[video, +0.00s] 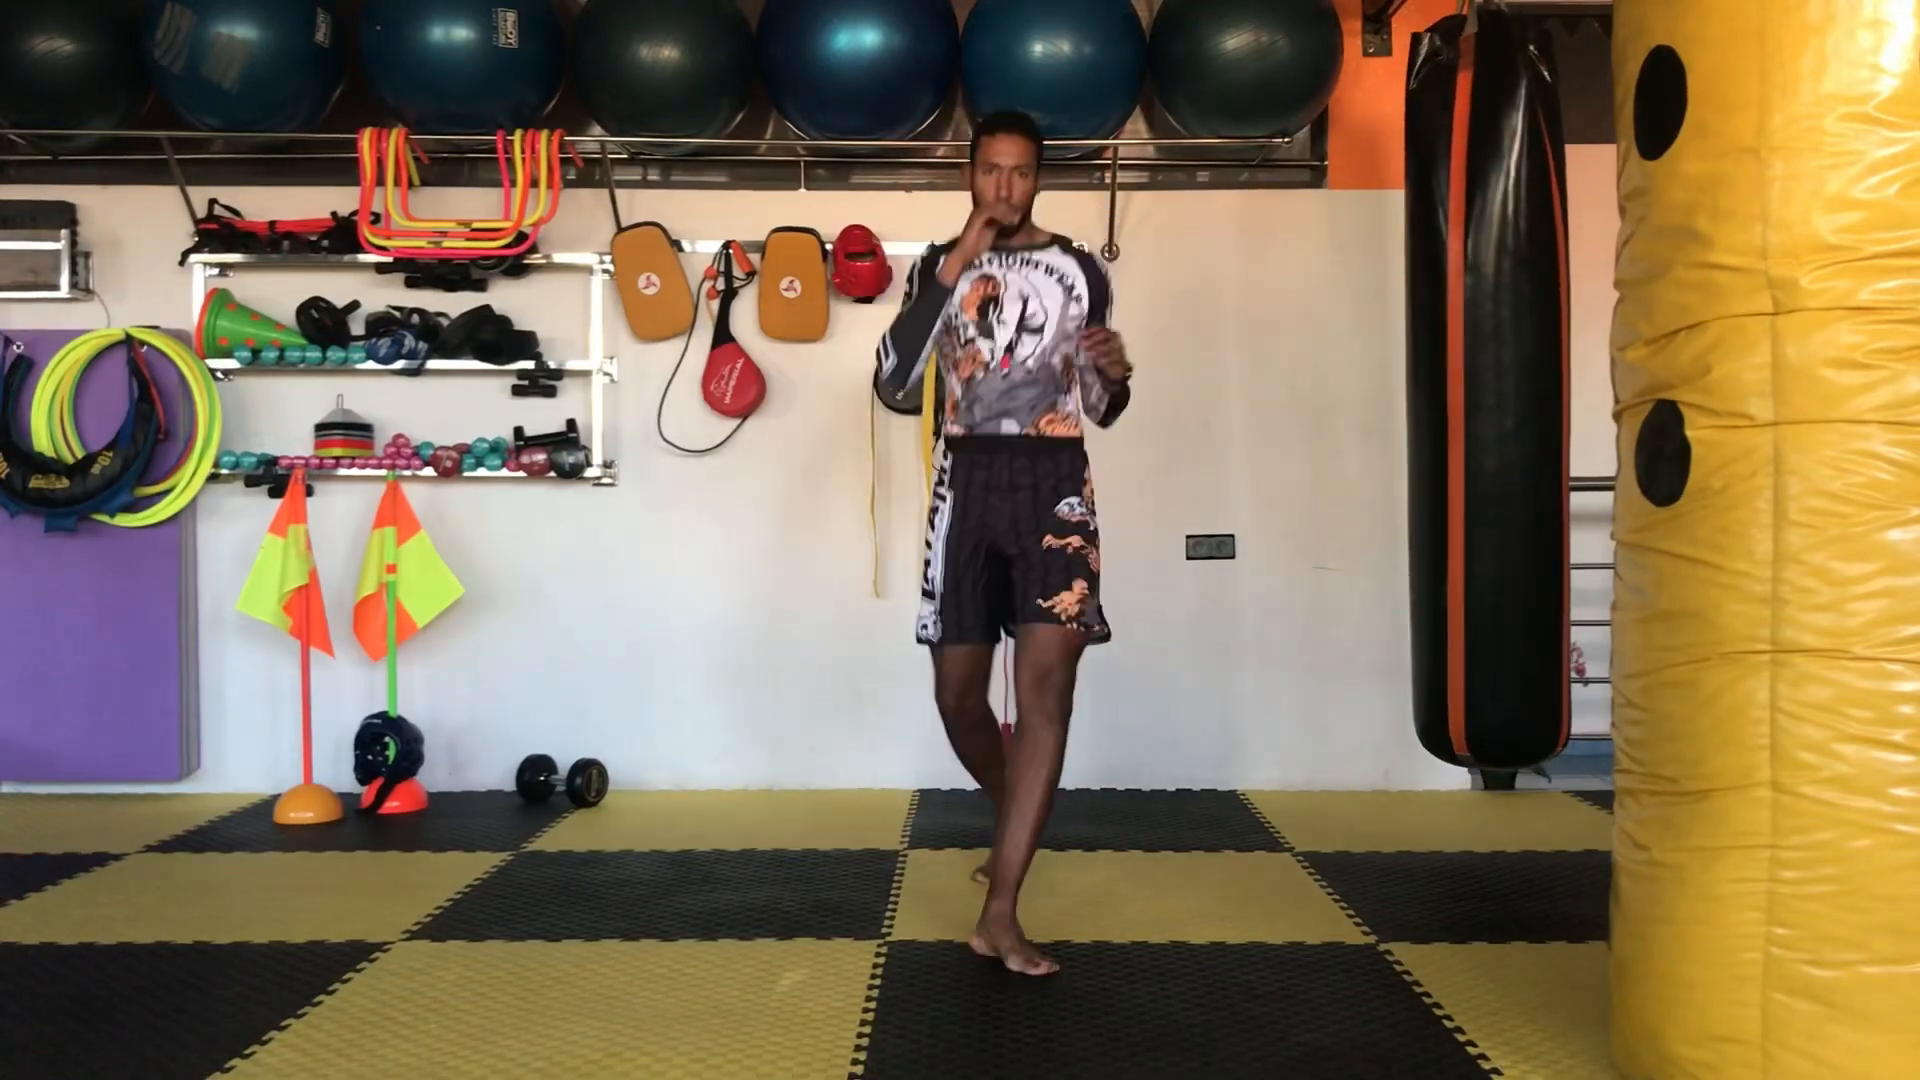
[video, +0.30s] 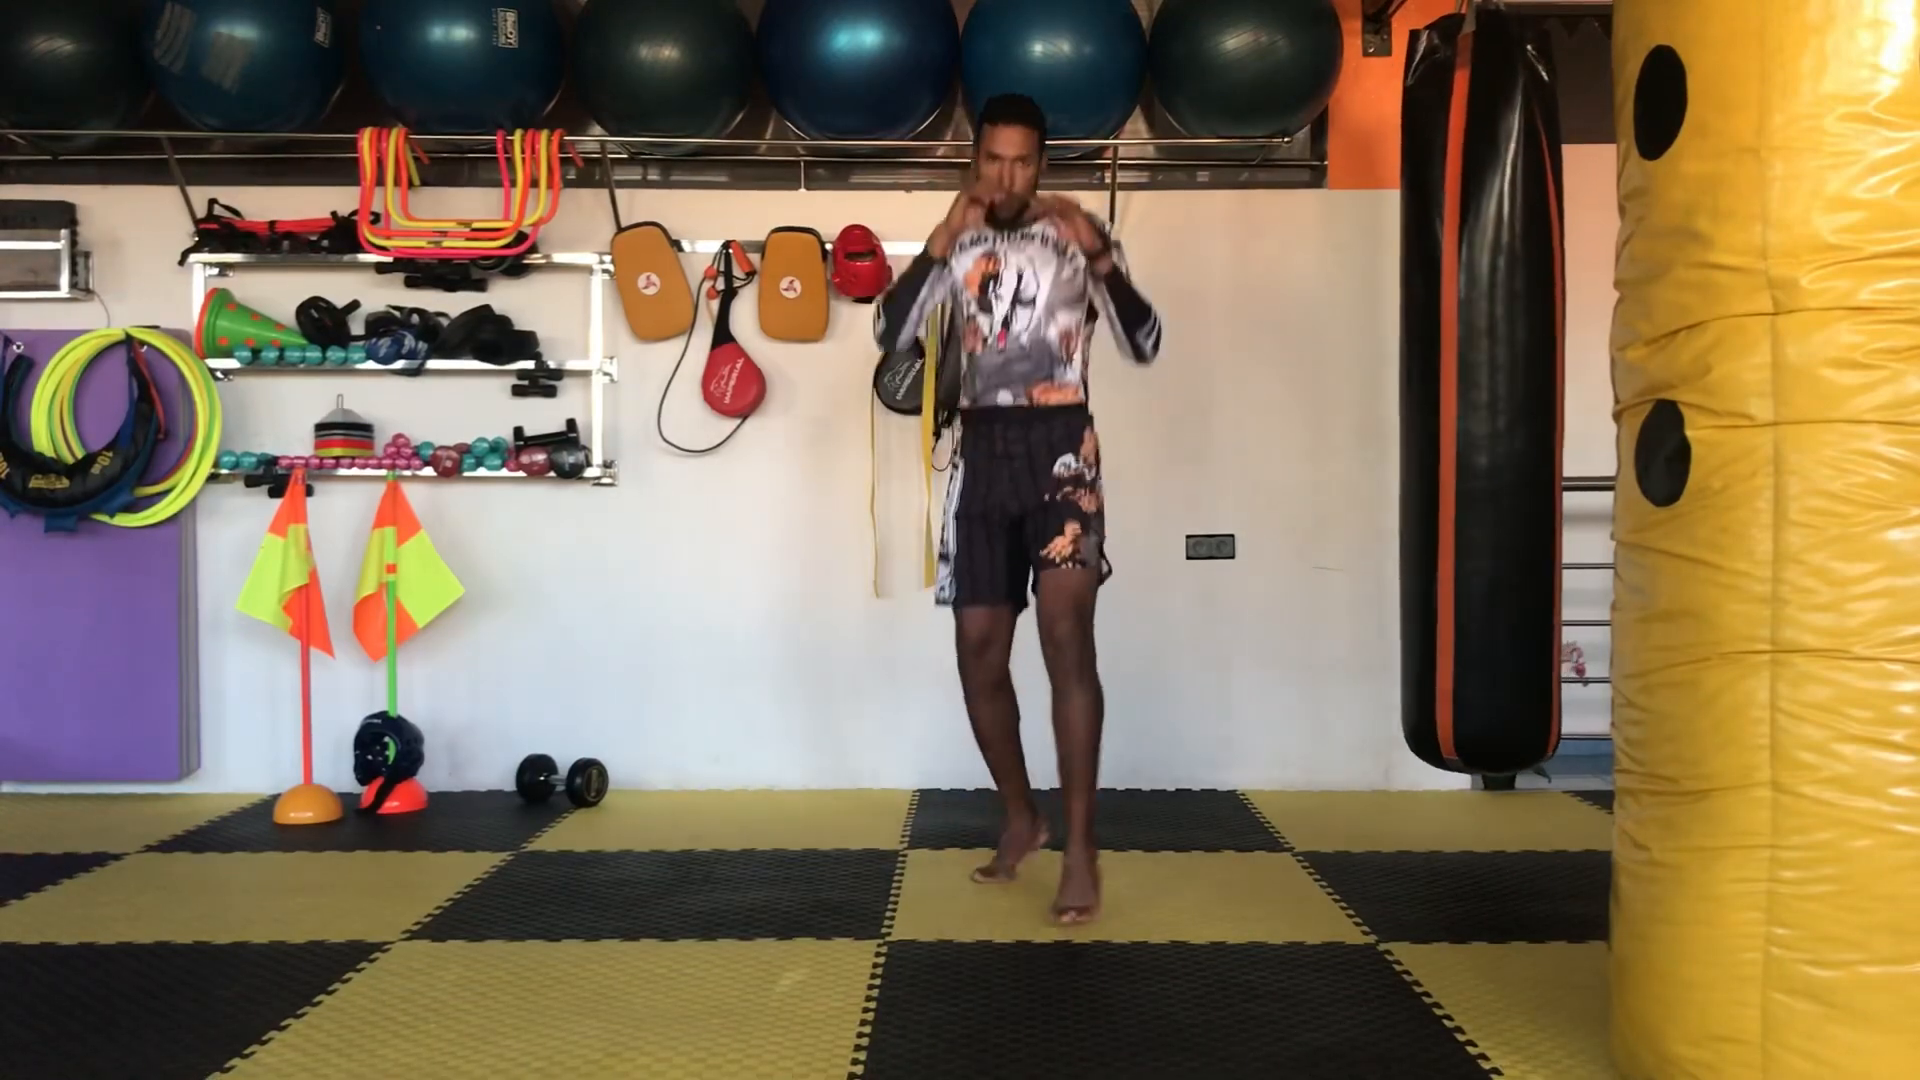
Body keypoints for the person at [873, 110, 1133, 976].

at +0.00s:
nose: (1004, 185)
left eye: (1020, 171)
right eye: (991, 170)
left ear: (1039, 180)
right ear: (970, 177)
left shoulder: (1079, 273)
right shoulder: (939, 269)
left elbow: (1104, 410)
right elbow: (893, 380)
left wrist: (1112, 373)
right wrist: (951, 272)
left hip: (1056, 490)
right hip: (968, 491)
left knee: (1044, 695)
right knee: (959, 701)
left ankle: (1001, 909)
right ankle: (1018, 810)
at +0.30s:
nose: (1006, 173)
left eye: (1020, 160)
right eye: (994, 158)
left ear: (1042, 164)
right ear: (975, 160)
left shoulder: (1075, 236)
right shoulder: (952, 248)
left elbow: (1142, 343)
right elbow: (892, 336)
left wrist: (1103, 259)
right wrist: (938, 248)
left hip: (1062, 453)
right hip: (980, 455)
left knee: (1067, 645)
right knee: (980, 655)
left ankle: (1080, 843)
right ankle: (1019, 815)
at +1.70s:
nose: (991, 244)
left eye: (1005, 231)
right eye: (977, 230)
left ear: (1026, 238)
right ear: (960, 239)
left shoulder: (1054, 299)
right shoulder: (936, 306)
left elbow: (1083, 254)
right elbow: (883, 428)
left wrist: (996, 176)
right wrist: (896, 386)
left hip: (1042, 501)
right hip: (959, 504)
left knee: (1046, 672)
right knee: (934, 668)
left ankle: (1038, 817)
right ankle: (929, 864)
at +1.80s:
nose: (975, 259)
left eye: (988, 244)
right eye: (963, 244)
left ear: (1014, 251)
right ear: (946, 251)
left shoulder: (1042, 316)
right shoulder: (920, 323)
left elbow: (1043, 243)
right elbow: (858, 388)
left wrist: (950, 156)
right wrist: (885, 292)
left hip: (1032, 521)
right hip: (947, 524)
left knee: (1043, 692)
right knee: (923, 679)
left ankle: (1040, 802)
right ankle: (938, 901)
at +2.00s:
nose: (979, 188)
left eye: (989, 174)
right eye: (965, 173)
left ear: (1004, 176)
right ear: (937, 171)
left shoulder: (1026, 251)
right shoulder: (885, 234)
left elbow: (1078, 338)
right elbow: (848, 253)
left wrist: (1042, 256)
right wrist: (961, 190)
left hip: (988, 453)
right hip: (895, 460)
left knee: (1074, 640)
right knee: (878, 677)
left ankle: (1028, 701)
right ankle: (934, 905)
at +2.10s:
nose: (965, 194)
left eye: (980, 181)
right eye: (950, 179)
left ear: (999, 179)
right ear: (928, 171)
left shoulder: (1023, 261)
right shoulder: (889, 227)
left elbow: (1055, 386)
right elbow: (888, 233)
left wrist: (1084, 393)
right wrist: (996, 216)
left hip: (988, 412)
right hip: (892, 421)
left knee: (1058, 483)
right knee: (871, 674)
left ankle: (1037, 617)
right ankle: (939, 897)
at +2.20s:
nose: (975, 197)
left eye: (991, 186)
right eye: (961, 183)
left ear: (1008, 188)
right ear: (939, 176)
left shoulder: (1028, 260)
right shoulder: (893, 220)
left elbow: (1032, 374)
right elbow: (894, 225)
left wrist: (1081, 479)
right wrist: (1002, 227)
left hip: (962, 406)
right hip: (877, 424)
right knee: (871, 666)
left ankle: (1064, 526)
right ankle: (935, 888)